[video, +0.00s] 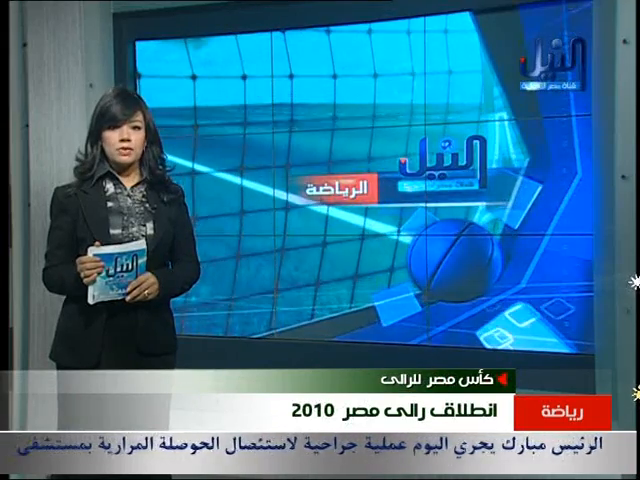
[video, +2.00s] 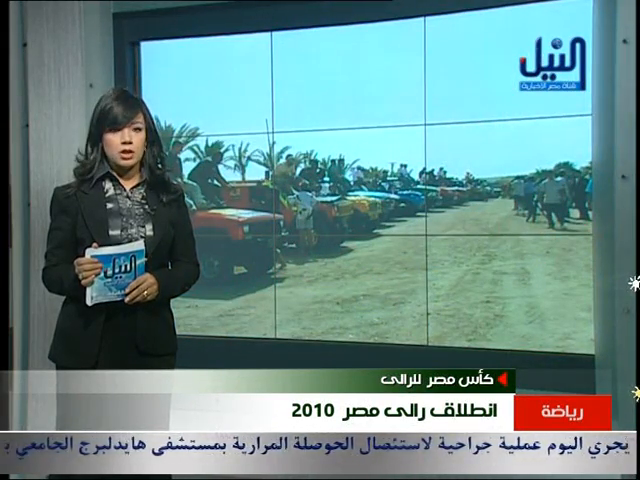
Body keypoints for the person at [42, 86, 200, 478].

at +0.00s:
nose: (126, 136)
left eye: (135, 127)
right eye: (115, 128)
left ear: (147, 136)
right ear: (99, 136)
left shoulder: (168, 196)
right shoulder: (71, 197)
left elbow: (189, 267)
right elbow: (52, 274)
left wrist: (162, 282)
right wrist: (78, 273)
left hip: (150, 348)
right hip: (85, 348)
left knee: (148, 452)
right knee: (81, 452)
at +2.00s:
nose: (127, 139)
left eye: (136, 129)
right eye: (116, 130)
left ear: (148, 136)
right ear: (100, 138)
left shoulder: (169, 196)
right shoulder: (71, 198)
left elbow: (189, 267)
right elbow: (52, 274)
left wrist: (161, 282)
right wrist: (76, 275)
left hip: (150, 349)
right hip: (85, 350)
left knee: (149, 452)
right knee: (81, 452)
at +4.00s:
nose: (117, 134)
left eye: (127, 124)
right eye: (106, 127)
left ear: (144, 134)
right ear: (96, 138)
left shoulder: (169, 197)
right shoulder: (71, 198)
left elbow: (189, 267)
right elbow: (51, 272)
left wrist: (161, 282)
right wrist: (74, 275)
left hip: (148, 348)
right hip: (84, 348)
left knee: (147, 450)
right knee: (80, 452)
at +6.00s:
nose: (122, 136)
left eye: (131, 127)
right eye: (111, 127)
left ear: (143, 136)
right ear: (94, 136)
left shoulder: (165, 195)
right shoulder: (66, 197)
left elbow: (185, 265)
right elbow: (47, 273)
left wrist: (157, 281)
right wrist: (71, 275)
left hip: (146, 347)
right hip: (81, 348)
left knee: (145, 451)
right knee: (78, 452)